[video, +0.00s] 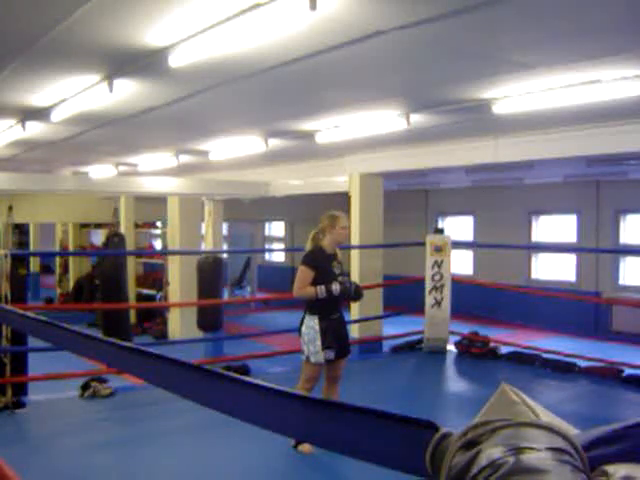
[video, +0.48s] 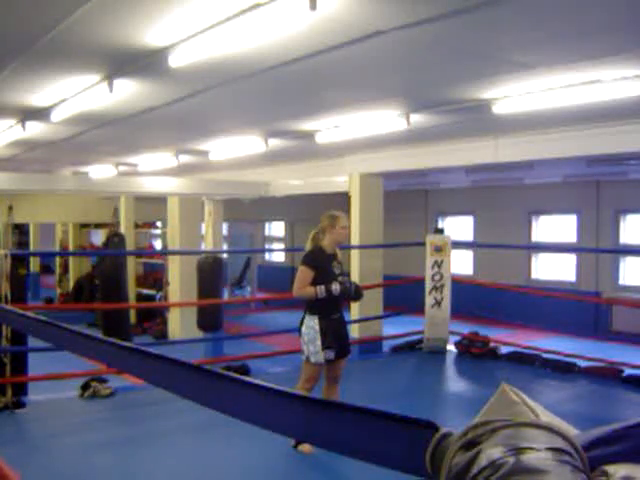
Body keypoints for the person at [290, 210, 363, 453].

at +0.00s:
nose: (346, 233)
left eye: (347, 229)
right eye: (343, 229)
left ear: (338, 231)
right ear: (329, 230)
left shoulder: (336, 258)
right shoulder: (314, 256)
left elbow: (333, 288)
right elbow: (298, 290)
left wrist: (350, 291)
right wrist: (330, 289)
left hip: (335, 318)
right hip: (316, 319)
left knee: (334, 378)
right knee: (309, 379)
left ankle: (329, 428)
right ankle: (299, 431)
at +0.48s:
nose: (347, 233)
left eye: (347, 229)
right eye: (343, 229)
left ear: (338, 230)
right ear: (329, 229)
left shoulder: (336, 258)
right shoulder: (314, 256)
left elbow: (333, 288)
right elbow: (298, 290)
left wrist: (350, 291)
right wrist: (329, 289)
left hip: (335, 318)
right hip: (316, 319)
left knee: (334, 378)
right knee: (309, 379)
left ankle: (330, 428)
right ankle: (298, 431)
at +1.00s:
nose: (347, 233)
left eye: (347, 229)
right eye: (343, 229)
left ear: (338, 230)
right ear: (329, 229)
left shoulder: (335, 258)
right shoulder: (314, 256)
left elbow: (333, 288)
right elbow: (298, 290)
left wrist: (350, 290)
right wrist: (330, 289)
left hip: (335, 318)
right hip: (316, 319)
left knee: (334, 378)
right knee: (309, 380)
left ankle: (330, 429)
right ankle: (298, 431)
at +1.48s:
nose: (346, 233)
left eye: (347, 229)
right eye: (343, 229)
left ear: (339, 231)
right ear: (329, 229)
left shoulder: (336, 258)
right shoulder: (314, 256)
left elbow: (333, 288)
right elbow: (298, 290)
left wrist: (350, 290)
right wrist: (329, 289)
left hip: (336, 317)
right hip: (316, 318)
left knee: (334, 378)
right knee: (309, 379)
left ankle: (329, 429)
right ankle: (299, 431)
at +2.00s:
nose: (352, 234)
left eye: (353, 229)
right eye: (349, 229)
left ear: (346, 231)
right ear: (334, 230)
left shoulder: (343, 258)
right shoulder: (318, 255)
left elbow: (340, 286)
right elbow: (304, 289)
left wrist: (357, 288)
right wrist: (335, 286)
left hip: (342, 317)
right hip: (321, 318)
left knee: (337, 378)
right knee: (315, 379)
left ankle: (333, 429)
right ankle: (301, 431)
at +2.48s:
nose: (354, 233)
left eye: (355, 229)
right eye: (351, 229)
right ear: (338, 229)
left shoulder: (348, 254)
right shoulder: (319, 254)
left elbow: (348, 284)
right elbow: (310, 288)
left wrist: (363, 280)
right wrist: (335, 278)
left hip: (342, 314)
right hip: (321, 314)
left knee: (338, 376)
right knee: (325, 376)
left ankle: (333, 418)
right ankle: (307, 415)